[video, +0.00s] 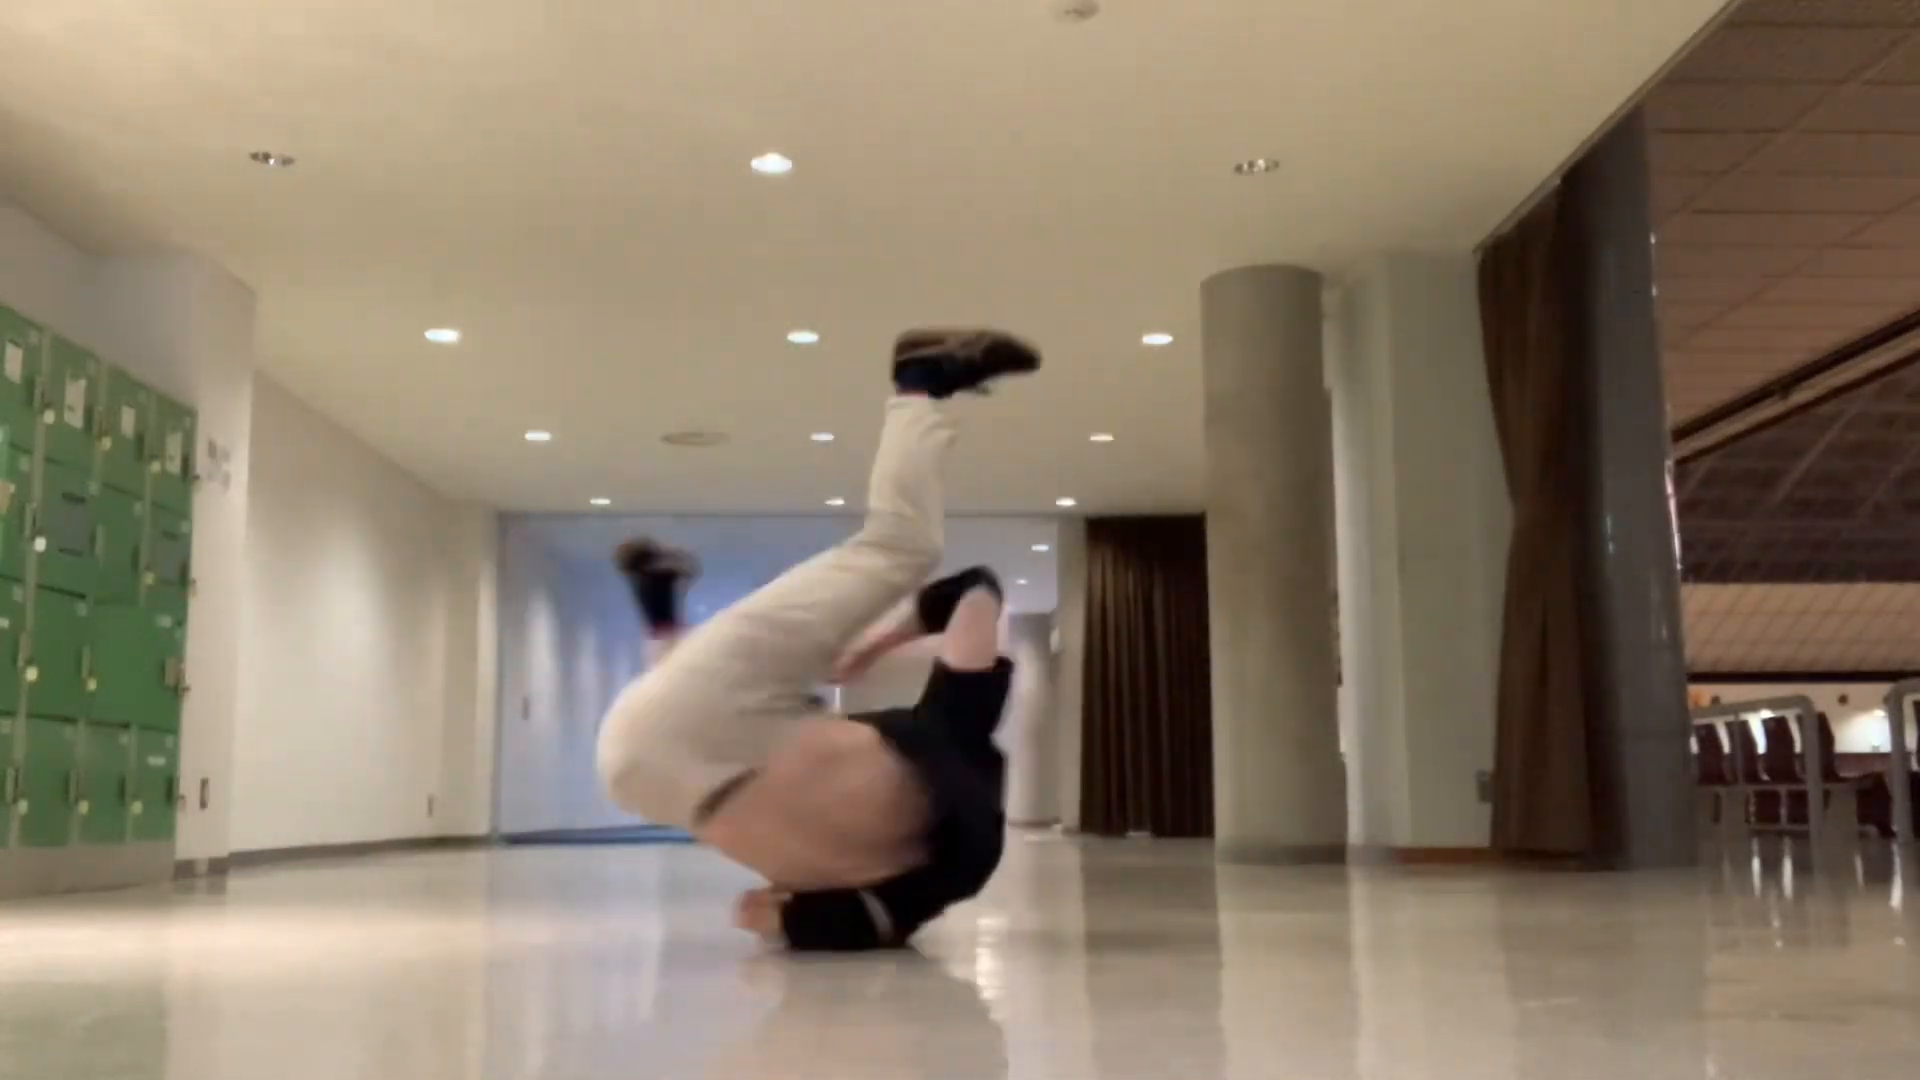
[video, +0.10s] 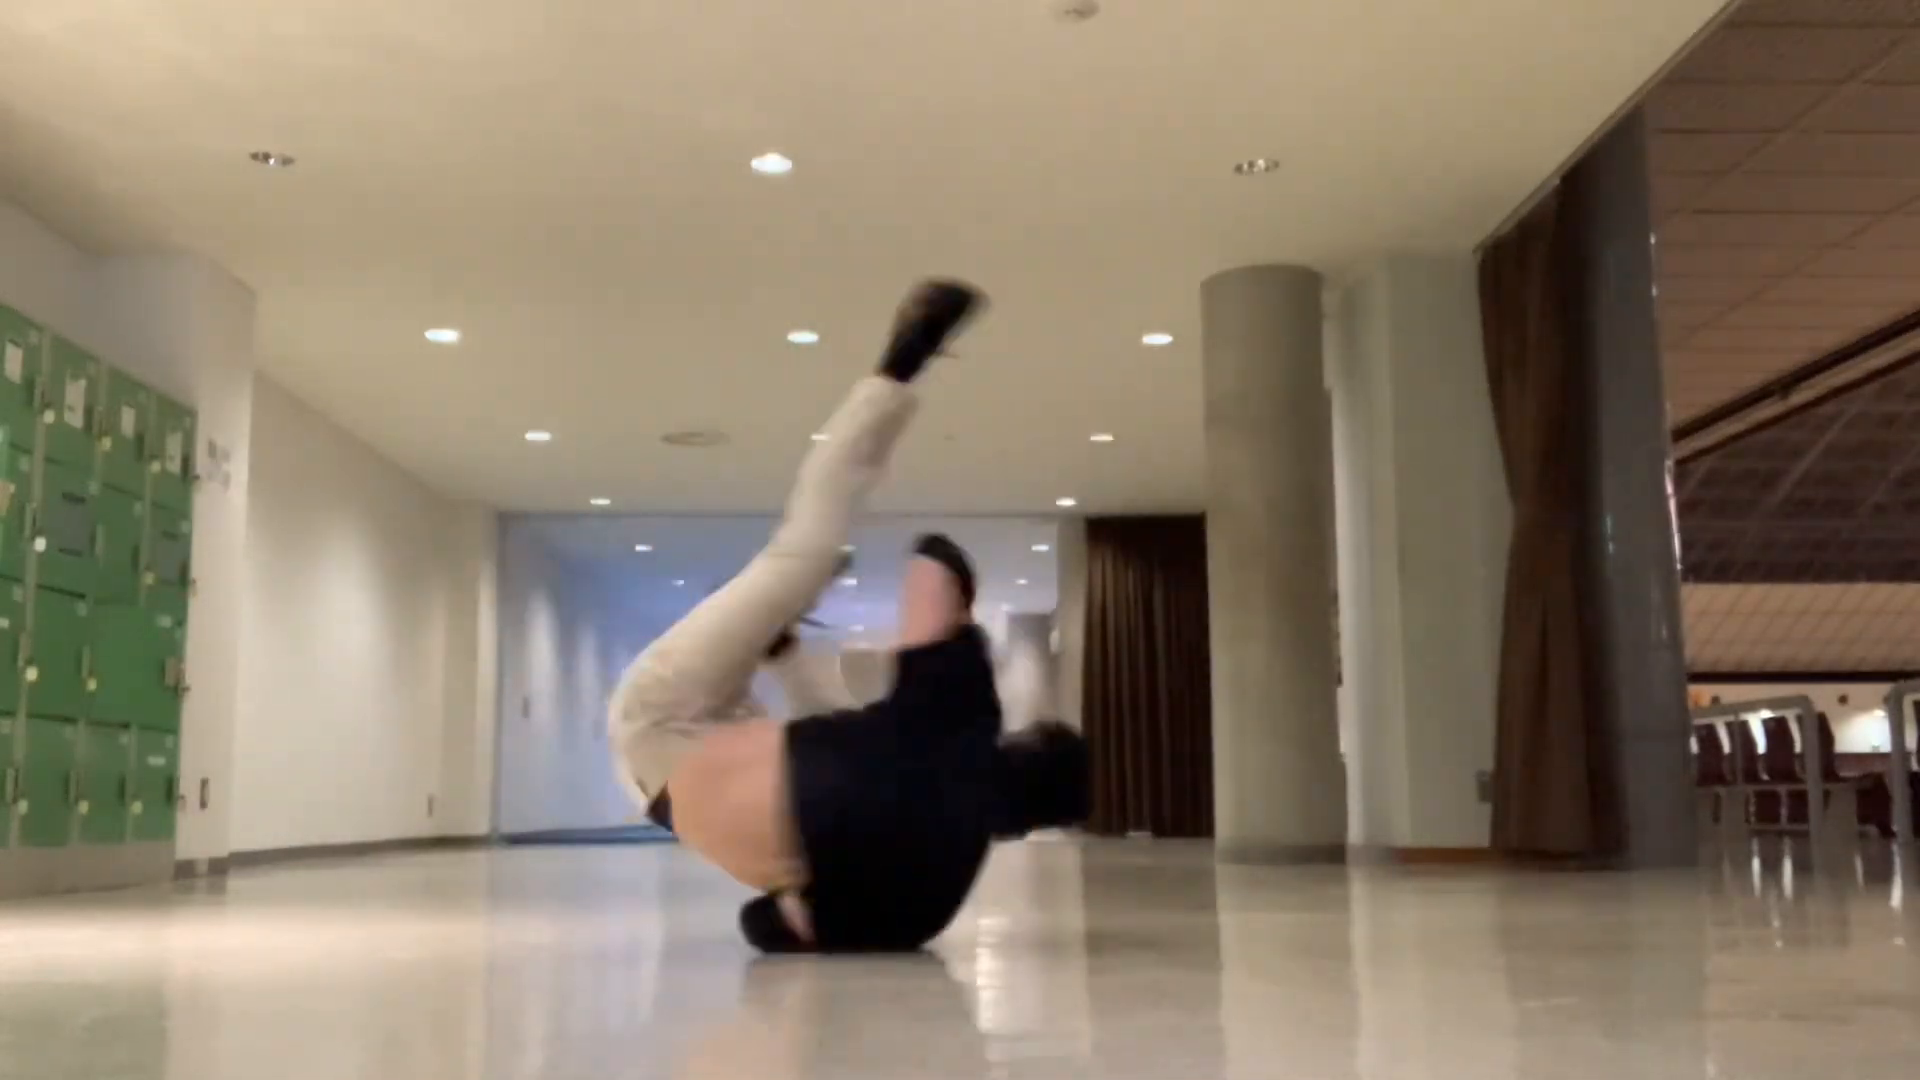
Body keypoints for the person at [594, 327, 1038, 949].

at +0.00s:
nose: (761, 910)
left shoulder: (958, 738)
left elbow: (976, 590)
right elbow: (753, 913)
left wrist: (877, 647)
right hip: (640, 784)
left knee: (899, 549)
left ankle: (923, 385)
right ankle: (661, 620)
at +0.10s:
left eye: (1035, 734)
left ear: (1025, 738)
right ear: (1043, 826)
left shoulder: (956, 713)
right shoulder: (919, 909)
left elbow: (938, 562)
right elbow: (761, 927)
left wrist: (944, 649)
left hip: (658, 731)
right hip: (677, 812)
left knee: (807, 550)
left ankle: (897, 367)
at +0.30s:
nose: (808, 776)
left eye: (789, 759)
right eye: (787, 795)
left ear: (755, 722)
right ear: (742, 836)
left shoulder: (683, 714)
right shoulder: (705, 895)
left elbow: (670, 562)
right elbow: (755, 938)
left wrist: (803, 591)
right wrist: (842, 929)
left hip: (848, 716)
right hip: (902, 805)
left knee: (710, 607)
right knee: (965, 798)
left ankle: (646, 413)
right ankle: (1017, 692)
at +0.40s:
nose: (667, 762)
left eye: (647, 744)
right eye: (639, 778)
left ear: (631, 723)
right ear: (610, 825)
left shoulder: (641, 691)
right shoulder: (673, 901)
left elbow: (658, 580)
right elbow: (832, 927)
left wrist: (681, 588)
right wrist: (804, 930)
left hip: (895, 720)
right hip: (968, 822)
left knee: (749, 607)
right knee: (794, 807)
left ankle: (670, 447)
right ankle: (1001, 692)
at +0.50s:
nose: (617, 771)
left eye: (612, 752)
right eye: (598, 786)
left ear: (639, 736)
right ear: (598, 826)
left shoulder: (698, 722)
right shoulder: (697, 888)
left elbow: (752, 592)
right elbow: (842, 923)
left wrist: (682, 597)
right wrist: (719, 933)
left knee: (831, 600)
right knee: (657, 802)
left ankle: (783, 463)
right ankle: (783, 712)